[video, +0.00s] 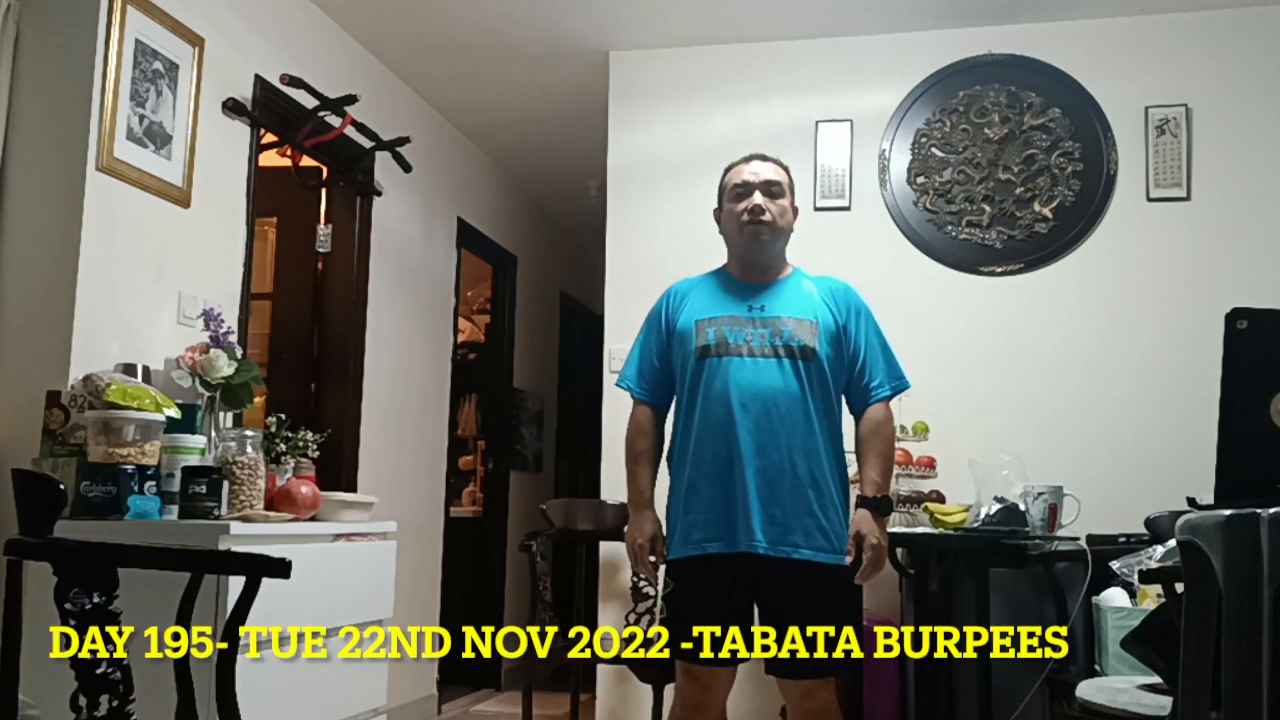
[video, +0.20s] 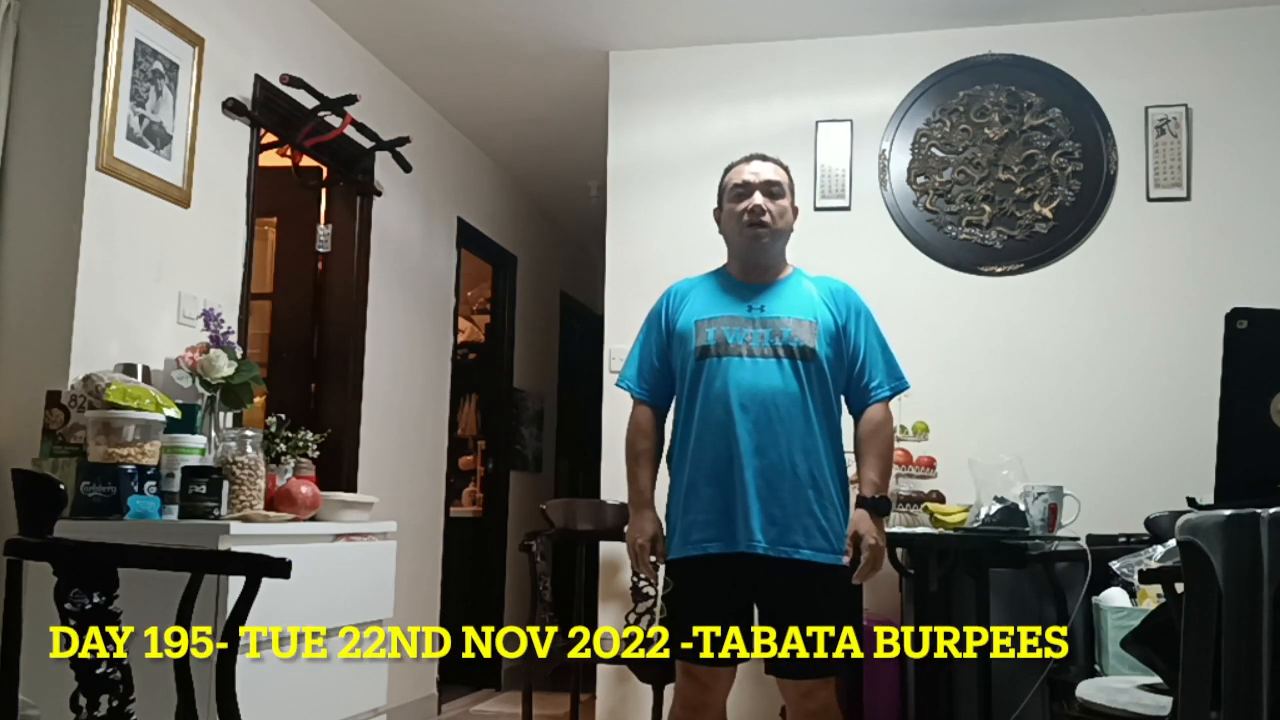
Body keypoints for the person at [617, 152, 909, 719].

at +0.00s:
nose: (757, 200)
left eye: (773, 191)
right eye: (741, 192)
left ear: (794, 216)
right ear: (719, 217)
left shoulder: (837, 301)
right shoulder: (681, 301)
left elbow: (875, 406)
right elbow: (645, 411)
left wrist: (872, 506)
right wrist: (641, 510)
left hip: (811, 540)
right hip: (704, 537)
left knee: (814, 698)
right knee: (699, 692)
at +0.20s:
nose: (757, 200)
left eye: (773, 192)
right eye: (741, 192)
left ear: (793, 216)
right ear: (719, 217)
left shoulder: (837, 302)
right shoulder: (681, 301)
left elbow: (875, 407)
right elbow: (645, 410)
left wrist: (871, 507)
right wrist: (641, 508)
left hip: (810, 541)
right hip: (704, 537)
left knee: (814, 699)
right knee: (698, 692)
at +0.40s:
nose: (757, 200)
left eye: (773, 192)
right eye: (741, 193)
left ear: (793, 216)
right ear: (719, 217)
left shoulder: (837, 301)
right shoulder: (681, 301)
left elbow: (875, 407)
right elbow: (645, 409)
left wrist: (871, 507)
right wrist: (641, 509)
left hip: (810, 541)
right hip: (704, 537)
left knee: (814, 699)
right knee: (698, 692)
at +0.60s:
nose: (758, 200)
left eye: (773, 192)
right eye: (742, 193)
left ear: (794, 216)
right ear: (719, 217)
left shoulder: (837, 302)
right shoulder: (681, 301)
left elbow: (875, 408)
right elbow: (645, 411)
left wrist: (871, 508)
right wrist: (641, 509)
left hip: (811, 541)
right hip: (704, 538)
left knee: (814, 699)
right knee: (698, 692)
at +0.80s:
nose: (757, 200)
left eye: (773, 192)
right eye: (741, 193)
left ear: (794, 216)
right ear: (719, 217)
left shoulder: (837, 302)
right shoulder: (681, 302)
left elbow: (875, 407)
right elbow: (646, 409)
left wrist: (871, 508)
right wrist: (642, 509)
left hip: (811, 542)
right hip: (704, 538)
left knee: (814, 700)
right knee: (698, 692)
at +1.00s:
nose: (757, 200)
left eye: (773, 191)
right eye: (741, 192)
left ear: (794, 215)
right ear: (719, 217)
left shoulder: (837, 302)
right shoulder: (681, 301)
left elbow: (875, 407)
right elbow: (646, 409)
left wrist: (871, 508)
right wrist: (642, 509)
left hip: (810, 542)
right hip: (704, 538)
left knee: (814, 700)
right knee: (698, 692)